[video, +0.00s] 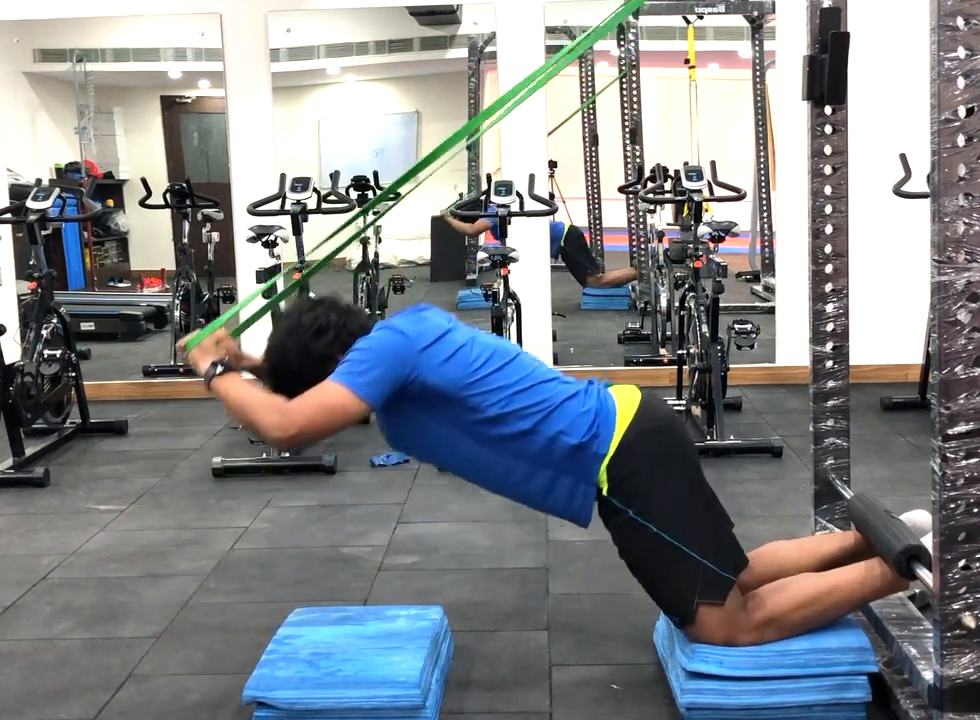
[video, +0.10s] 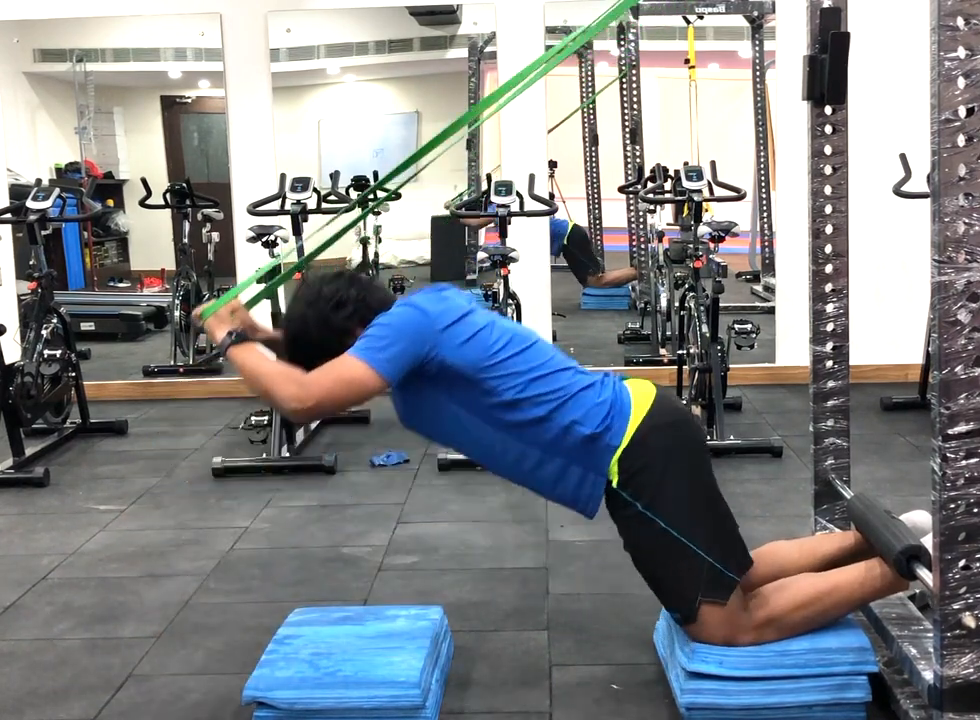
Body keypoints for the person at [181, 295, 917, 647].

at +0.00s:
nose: (318, 400)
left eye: (315, 387)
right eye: (313, 389)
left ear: (328, 355)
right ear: (343, 332)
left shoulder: (393, 342)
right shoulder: (400, 335)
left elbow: (283, 427)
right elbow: (299, 417)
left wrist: (218, 376)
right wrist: (239, 371)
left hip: (624, 454)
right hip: (623, 439)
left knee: (726, 628)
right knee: (720, 586)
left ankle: (901, 569)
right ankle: (859, 534)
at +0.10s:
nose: (333, 367)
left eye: (326, 351)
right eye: (327, 353)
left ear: (341, 328)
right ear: (360, 308)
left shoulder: (412, 322)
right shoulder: (415, 318)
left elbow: (302, 397)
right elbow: (318, 391)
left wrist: (235, 344)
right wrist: (253, 343)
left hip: (633, 447)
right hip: (632, 434)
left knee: (729, 623)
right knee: (727, 581)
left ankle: (900, 568)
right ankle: (861, 535)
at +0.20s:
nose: (338, 342)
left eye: (336, 328)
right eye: (333, 330)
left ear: (360, 307)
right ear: (379, 299)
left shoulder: (438, 297)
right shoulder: (429, 306)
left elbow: (321, 367)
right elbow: (331, 361)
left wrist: (248, 312)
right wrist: (261, 313)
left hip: (647, 440)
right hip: (640, 436)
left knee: (729, 621)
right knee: (717, 588)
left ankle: (909, 572)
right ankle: (858, 538)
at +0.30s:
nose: (362, 316)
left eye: (362, 303)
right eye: (360, 304)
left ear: (385, 285)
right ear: (400, 270)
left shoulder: (458, 277)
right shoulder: (456, 281)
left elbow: (339, 336)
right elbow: (345, 338)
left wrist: (269, 278)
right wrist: (282, 285)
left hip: (658, 437)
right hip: (657, 428)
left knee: (726, 623)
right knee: (720, 579)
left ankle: (910, 572)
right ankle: (865, 539)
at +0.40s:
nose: (404, 295)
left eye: (403, 281)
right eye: (396, 286)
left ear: (426, 256)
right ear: (435, 237)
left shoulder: (490, 254)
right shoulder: (486, 262)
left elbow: (365, 312)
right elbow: (378, 301)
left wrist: (292, 252)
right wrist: (311, 248)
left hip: (672, 433)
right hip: (668, 425)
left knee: (726, 626)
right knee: (731, 578)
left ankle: (905, 571)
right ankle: (869, 539)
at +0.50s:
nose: (428, 275)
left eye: (430, 260)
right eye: (419, 265)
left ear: (454, 233)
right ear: (460, 224)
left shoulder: (519, 237)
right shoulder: (509, 254)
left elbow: (394, 287)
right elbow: (407, 277)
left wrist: (320, 225)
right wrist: (339, 233)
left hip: (687, 431)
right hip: (674, 430)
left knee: (726, 624)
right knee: (720, 576)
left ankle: (897, 570)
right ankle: (860, 540)